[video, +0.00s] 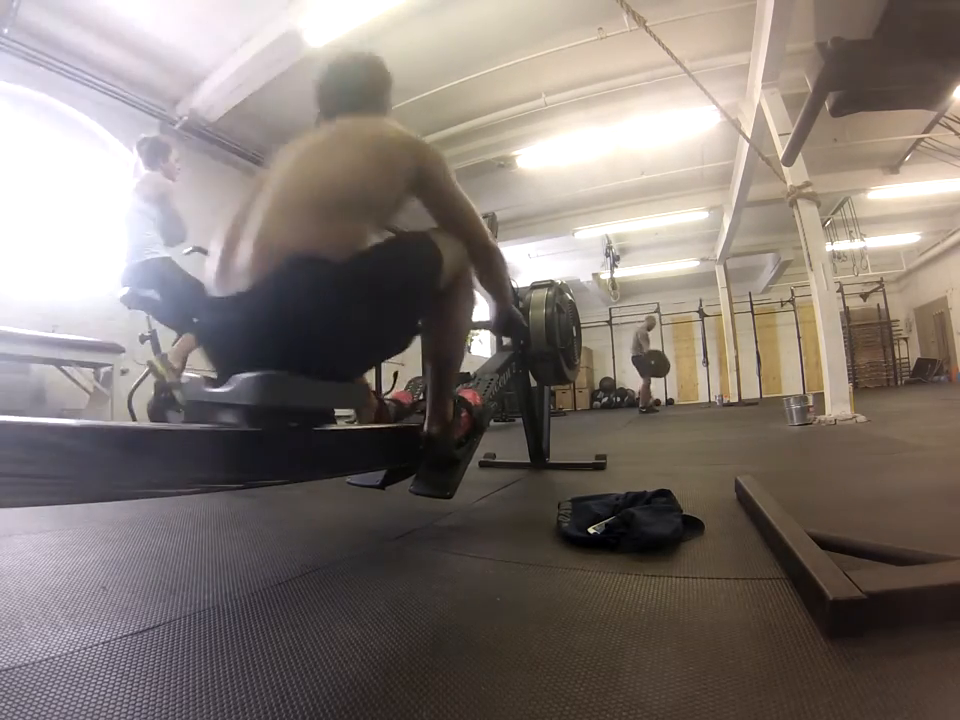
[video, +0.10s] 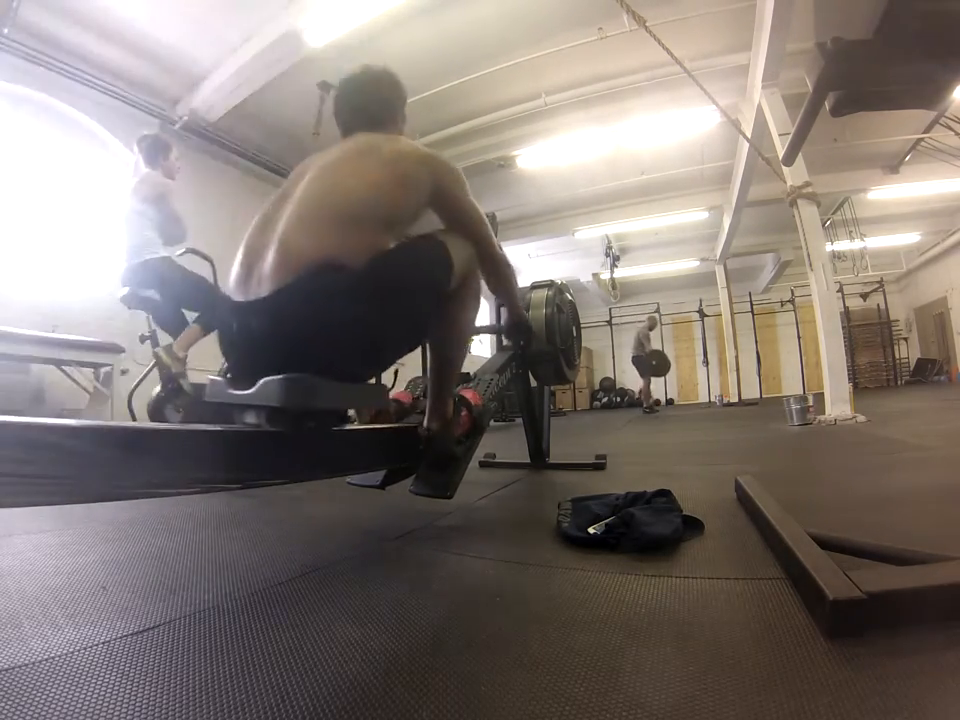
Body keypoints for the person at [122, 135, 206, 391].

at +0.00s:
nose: (178, 166)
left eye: (178, 160)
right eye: (174, 160)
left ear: (148, 160)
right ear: (161, 161)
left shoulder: (138, 185)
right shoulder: (160, 183)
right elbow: (177, 235)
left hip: (132, 270)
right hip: (154, 263)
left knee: (187, 325)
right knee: (209, 307)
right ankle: (175, 357)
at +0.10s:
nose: (178, 165)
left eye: (177, 158)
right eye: (174, 159)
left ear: (151, 159)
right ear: (161, 159)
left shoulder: (138, 184)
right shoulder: (158, 183)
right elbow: (176, 234)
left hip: (132, 270)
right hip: (154, 265)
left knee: (182, 332)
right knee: (220, 304)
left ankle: (178, 390)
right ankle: (177, 350)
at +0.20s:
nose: (179, 164)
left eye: (178, 158)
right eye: (176, 158)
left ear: (152, 159)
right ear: (163, 158)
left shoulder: (139, 183)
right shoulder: (158, 183)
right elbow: (177, 235)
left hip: (131, 270)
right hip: (154, 265)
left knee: (177, 334)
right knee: (221, 295)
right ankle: (183, 345)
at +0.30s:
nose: (182, 163)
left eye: (181, 156)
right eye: (178, 156)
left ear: (157, 157)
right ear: (163, 156)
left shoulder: (139, 182)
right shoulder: (158, 183)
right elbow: (177, 235)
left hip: (132, 270)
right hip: (153, 266)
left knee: (176, 337)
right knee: (222, 283)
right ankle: (189, 342)